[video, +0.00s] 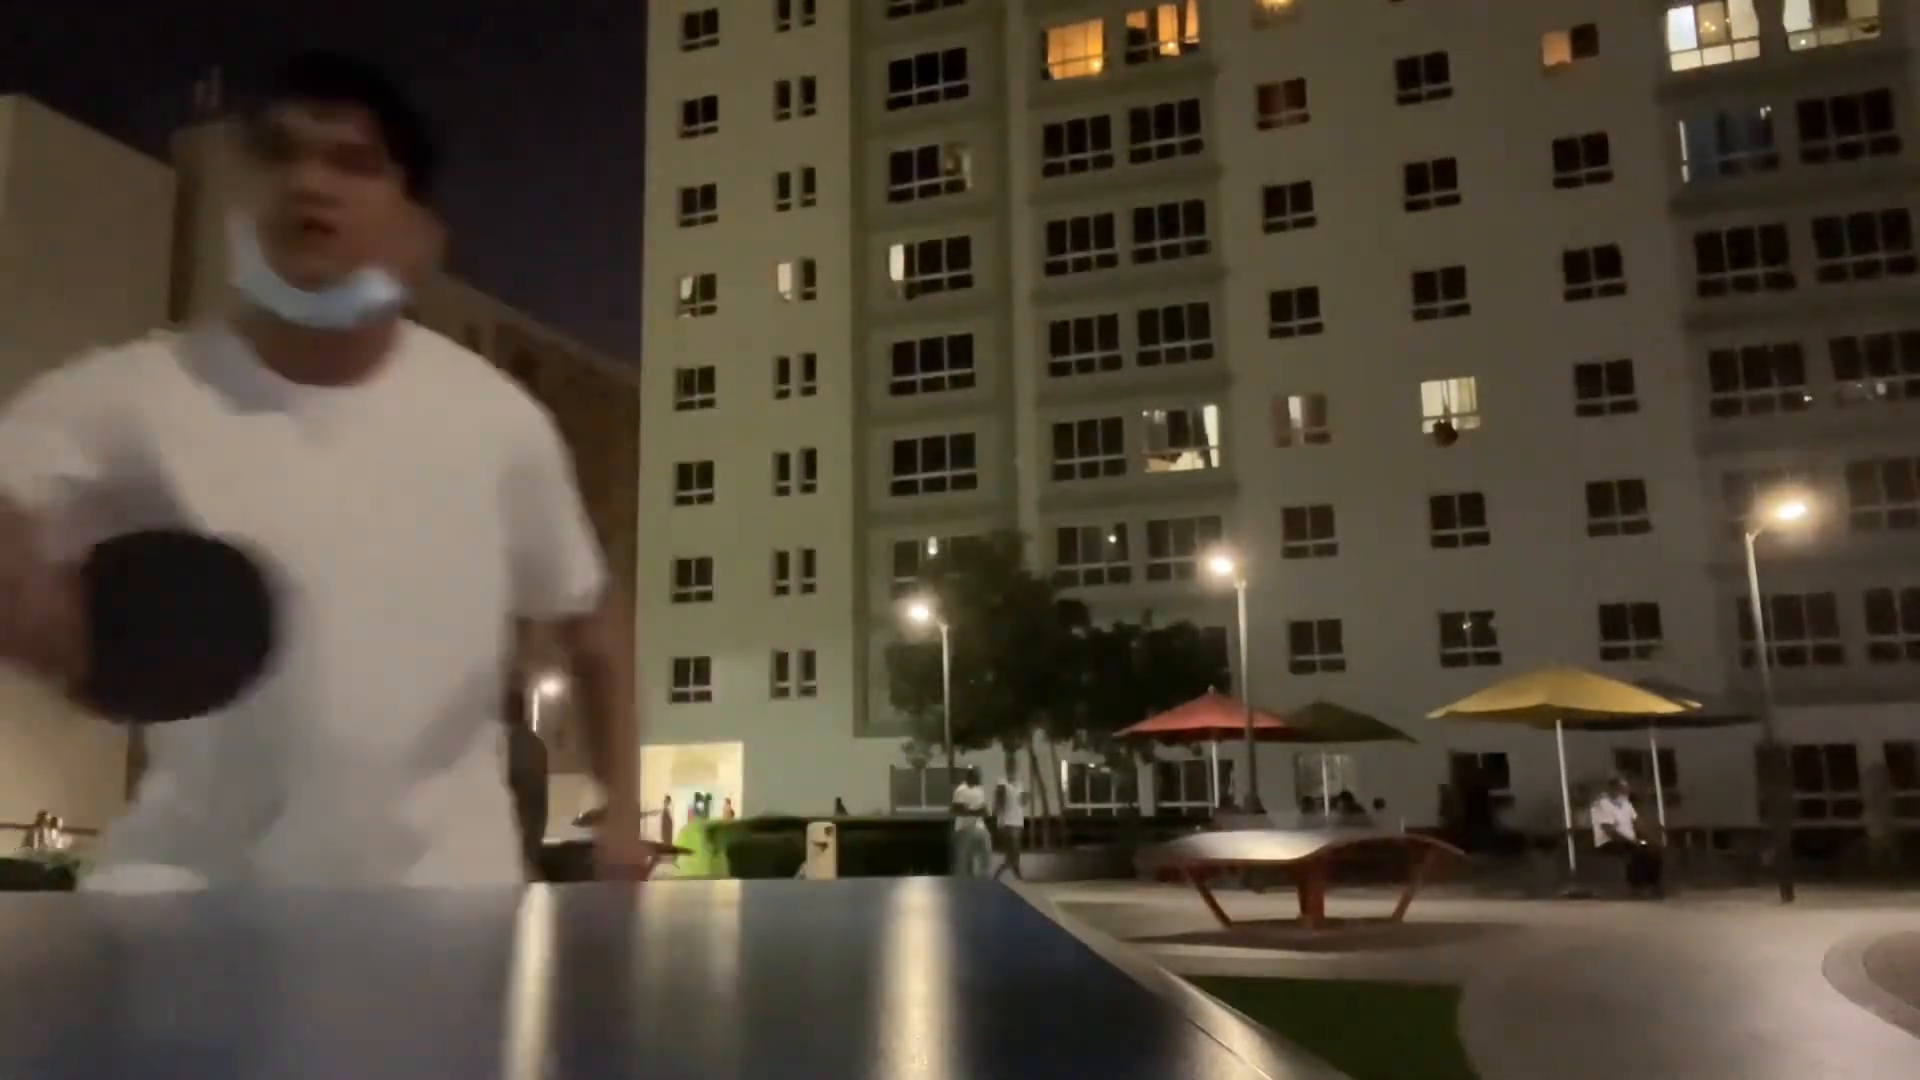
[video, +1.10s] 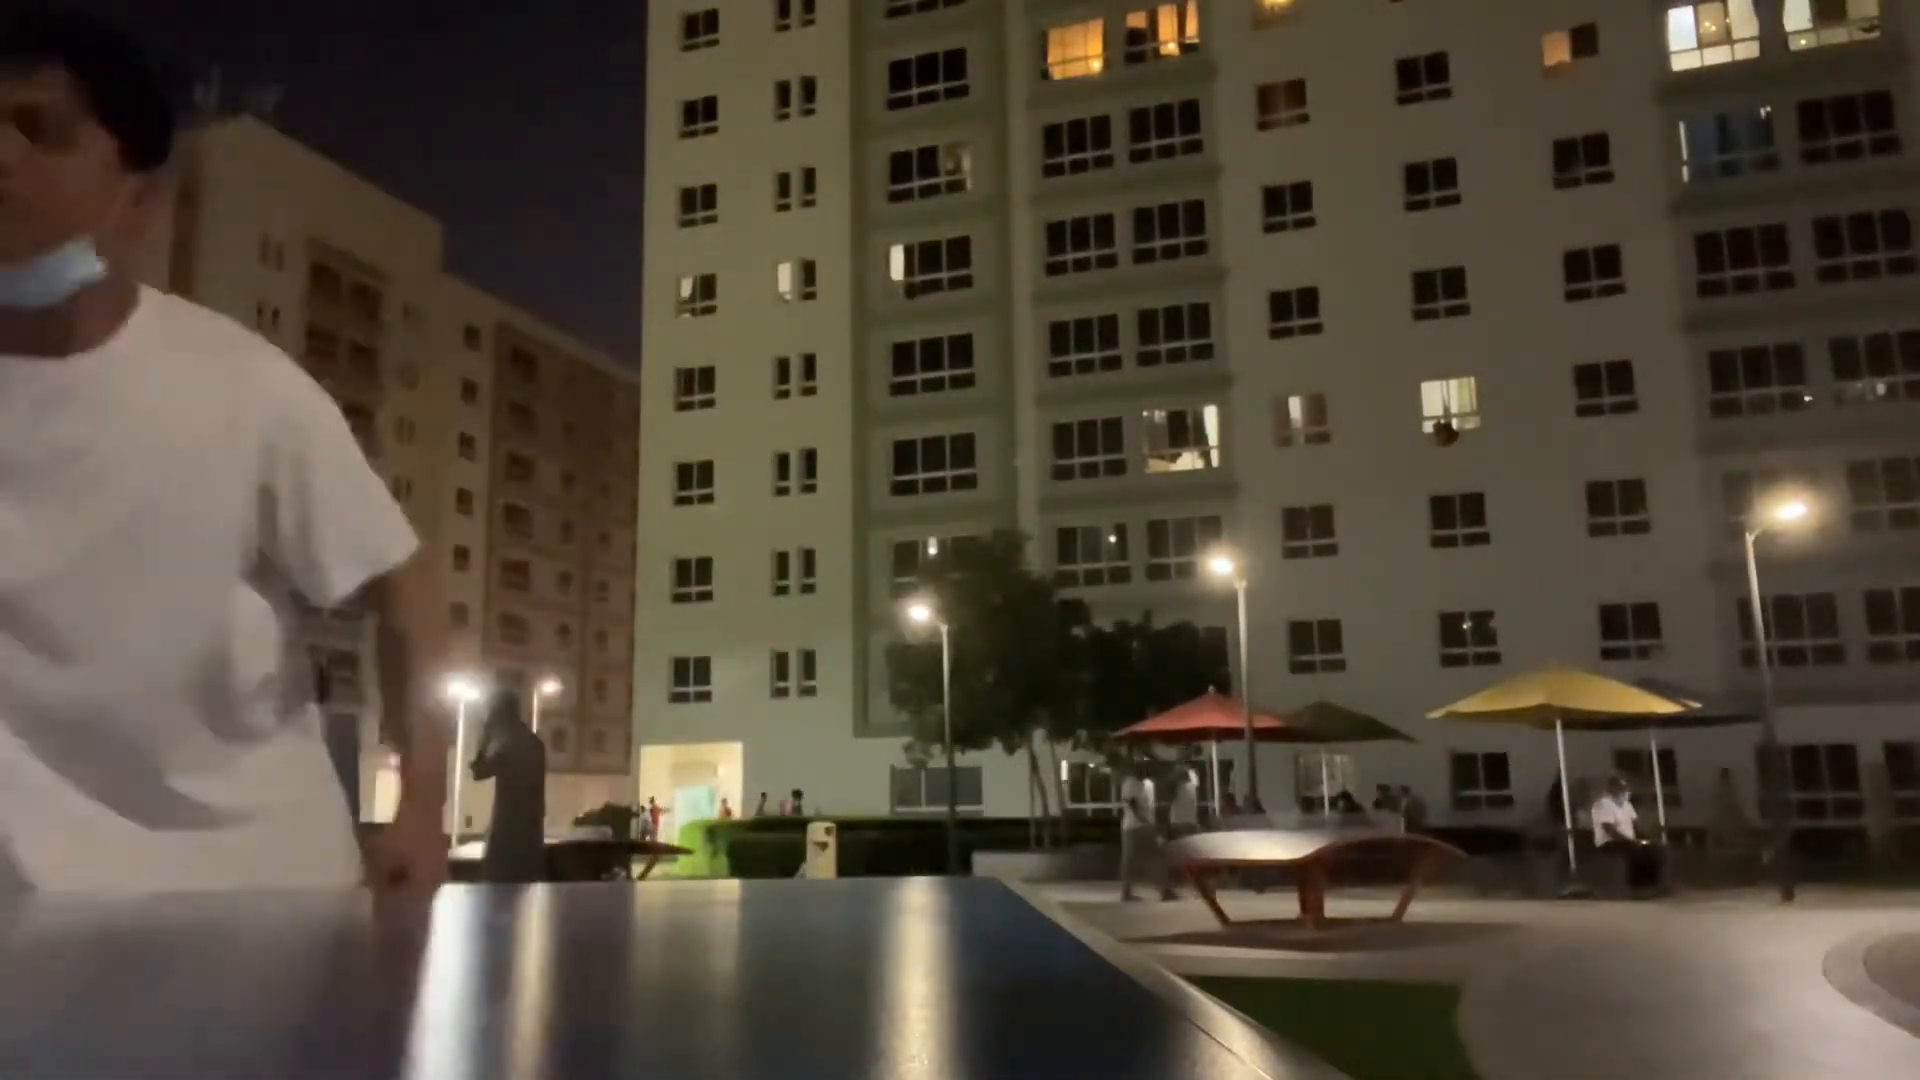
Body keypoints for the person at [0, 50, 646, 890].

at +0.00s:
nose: (310, 184)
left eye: (352, 163)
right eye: (281, 155)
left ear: (420, 230)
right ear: (241, 196)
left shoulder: (496, 424)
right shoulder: (132, 401)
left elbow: (590, 622)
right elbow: (9, 517)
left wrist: (620, 815)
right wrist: (62, 626)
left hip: (437, 893)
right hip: (192, 894)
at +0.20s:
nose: (229, 168)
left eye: (272, 145)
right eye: (206, 140)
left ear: (353, 207)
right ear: (175, 176)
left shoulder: (463, 400)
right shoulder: (70, 409)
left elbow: (584, 614)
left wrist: (569, 814)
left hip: (400, 892)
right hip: (150, 898)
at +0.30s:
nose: (141, 223)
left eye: (185, 191)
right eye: (134, 191)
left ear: (297, 219)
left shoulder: (422, 418)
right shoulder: (48, 433)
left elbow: (565, 615)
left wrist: (565, 843)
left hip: (392, 922)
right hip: (134, 925)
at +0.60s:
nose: (4, 166)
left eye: (32, 129)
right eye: (5, 130)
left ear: (132, 180)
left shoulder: (240, 385)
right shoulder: (12, 376)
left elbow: (418, 588)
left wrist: (438, 804)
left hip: (259, 905)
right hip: (34, 907)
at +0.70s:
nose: (162, 158)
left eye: (206, 133)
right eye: (140, 129)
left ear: (283, 173)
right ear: (111, 155)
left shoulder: (392, 400)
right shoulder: (23, 388)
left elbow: (526, 621)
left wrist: (518, 835)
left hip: (327, 913)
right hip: (64, 908)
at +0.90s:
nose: (238, 151)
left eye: (281, 127)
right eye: (215, 123)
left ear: (369, 189)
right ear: (178, 161)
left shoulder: (468, 394)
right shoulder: (87, 382)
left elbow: (587, 603)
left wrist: (581, 810)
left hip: (394, 897)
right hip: (139, 894)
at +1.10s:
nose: (2, 161)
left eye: (37, 133)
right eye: (4, 128)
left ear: (136, 186)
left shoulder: (239, 387)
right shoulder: (13, 373)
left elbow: (407, 584)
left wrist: (423, 809)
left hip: (255, 890)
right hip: (40, 895)